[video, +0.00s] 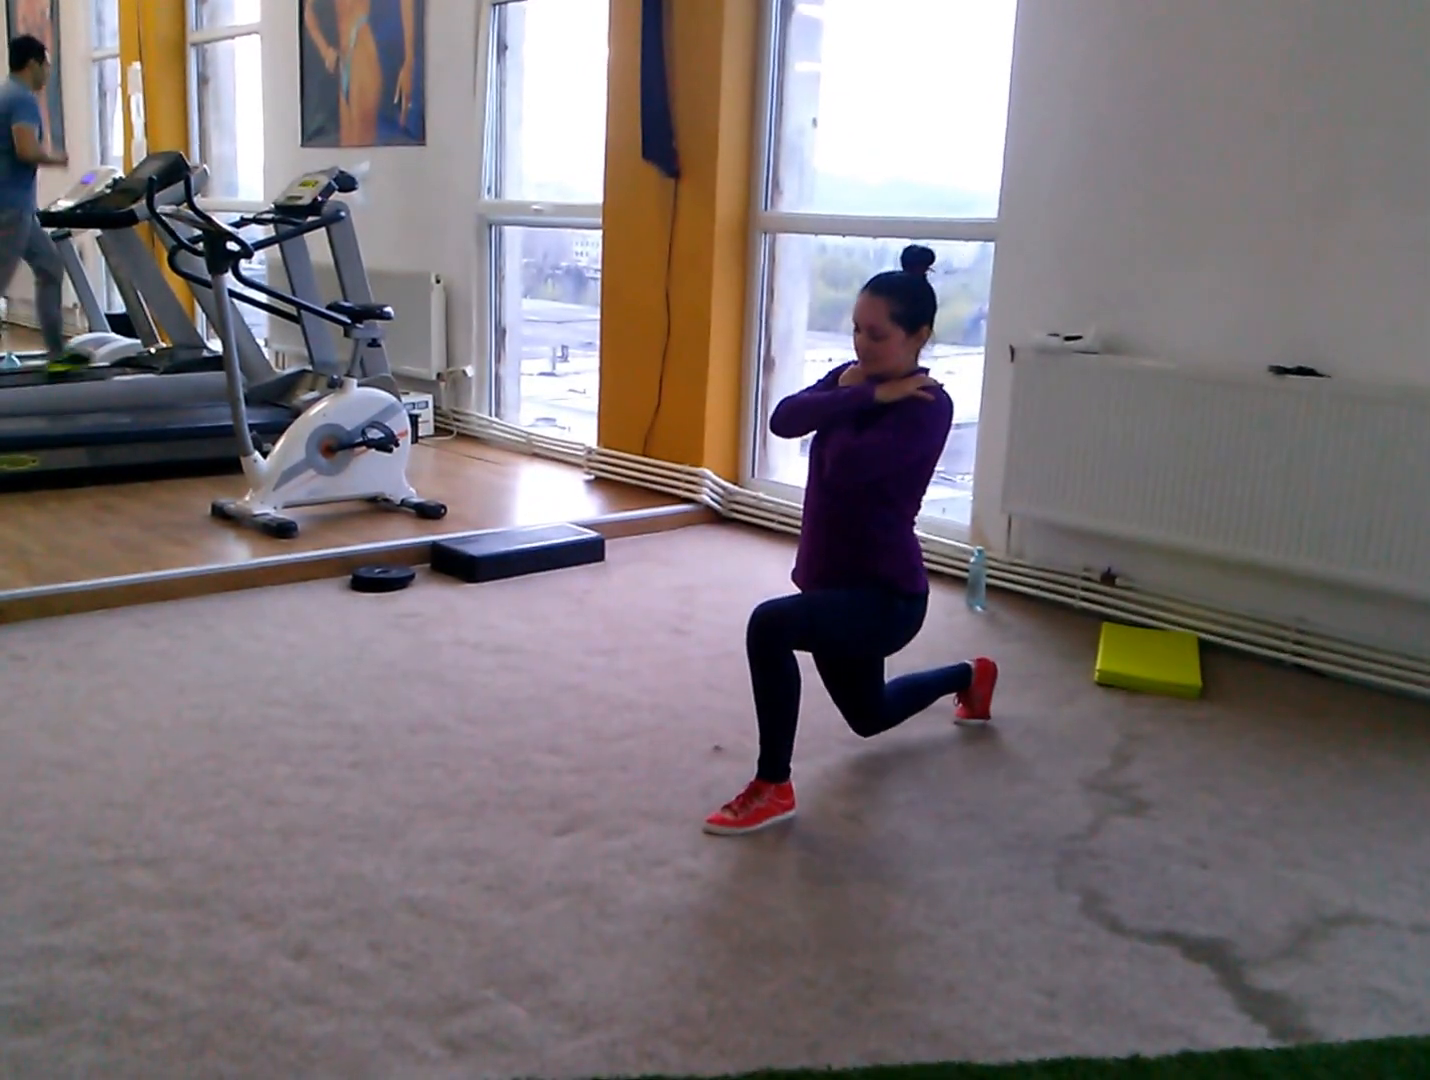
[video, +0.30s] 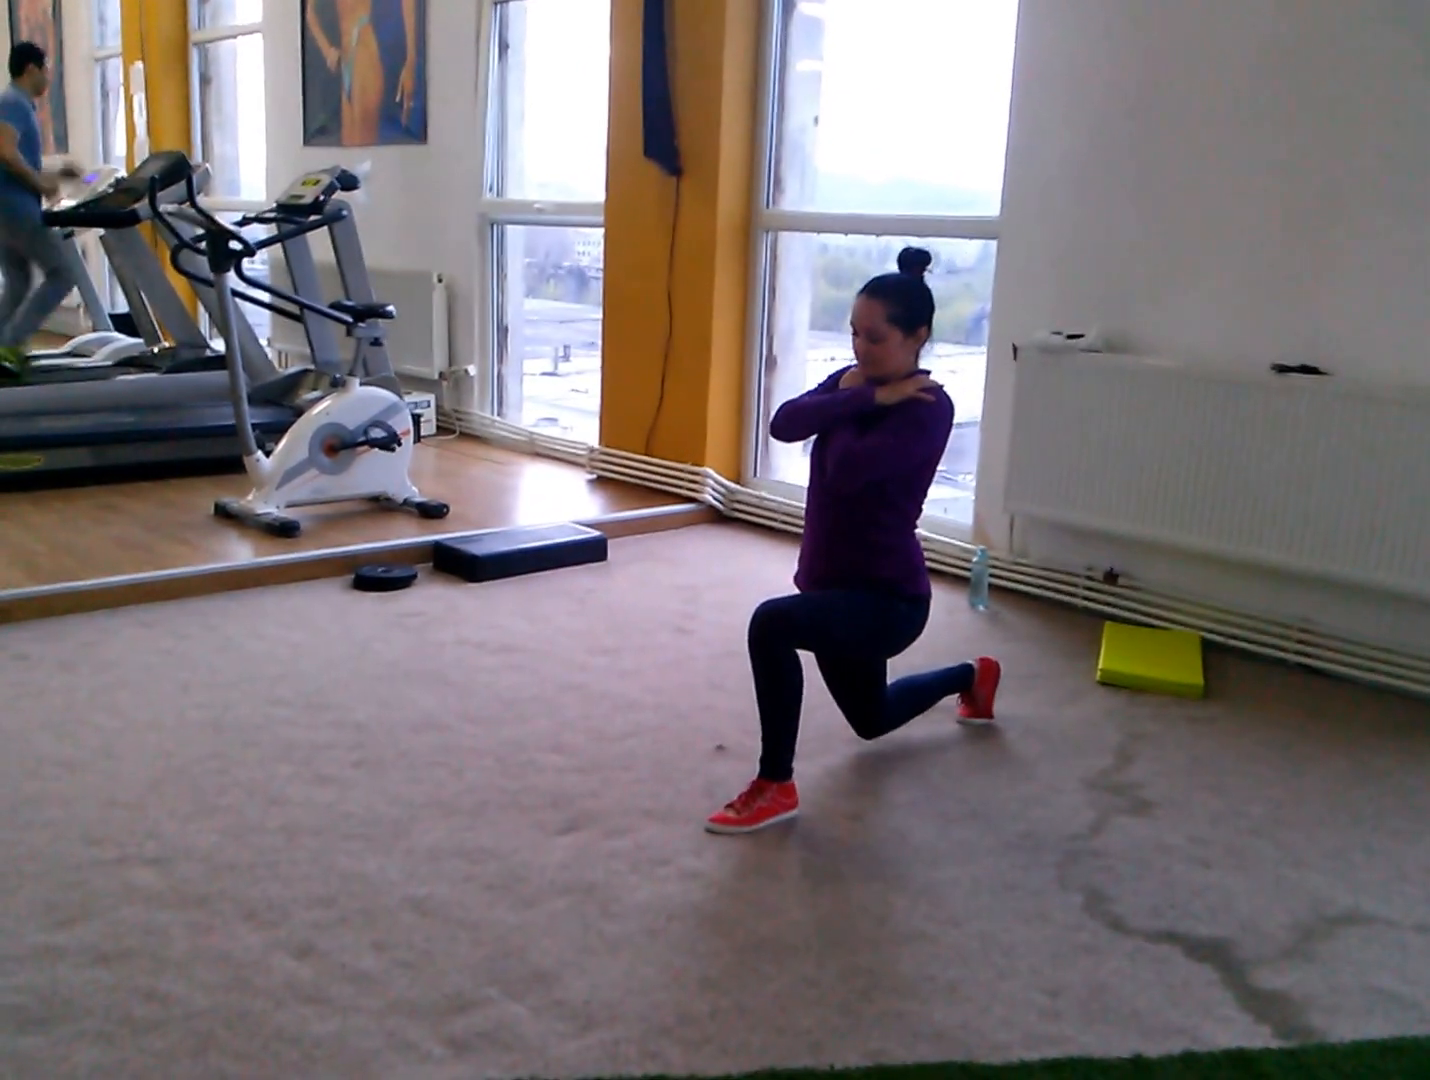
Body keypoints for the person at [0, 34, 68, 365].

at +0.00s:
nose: (47, 72)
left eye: (47, 64)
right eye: (45, 64)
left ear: (20, 65)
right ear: (32, 64)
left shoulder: (11, 95)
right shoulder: (20, 99)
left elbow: (22, 149)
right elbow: (26, 150)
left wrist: (48, 155)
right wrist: (56, 158)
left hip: (16, 210)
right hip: (12, 211)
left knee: (50, 268)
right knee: (1, 285)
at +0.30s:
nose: (48, 77)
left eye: (47, 70)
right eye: (45, 69)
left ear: (24, 71)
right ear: (30, 70)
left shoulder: (17, 106)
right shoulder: (14, 105)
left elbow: (18, 163)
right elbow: (7, 153)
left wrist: (59, 172)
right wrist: (39, 182)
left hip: (10, 209)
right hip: (15, 209)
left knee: (16, 281)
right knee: (63, 272)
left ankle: (4, 345)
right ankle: (12, 341)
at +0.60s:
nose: (57, 81)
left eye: (56, 74)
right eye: (54, 74)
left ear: (32, 73)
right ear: (39, 73)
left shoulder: (22, 109)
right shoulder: (21, 111)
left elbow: (18, 167)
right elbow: (17, 165)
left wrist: (51, 180)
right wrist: (57, 197)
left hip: (20, 210)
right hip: (19, 211)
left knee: (43, 280)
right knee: (51, 283)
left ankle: (3, 319)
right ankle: (22, 360)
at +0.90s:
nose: (59, 75)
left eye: (59, 68)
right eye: (57, 68)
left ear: (29, 69)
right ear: (45, 68)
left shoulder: (14, 99)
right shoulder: (38, 102)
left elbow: (25, 152)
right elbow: (38, 151)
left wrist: (59, 161)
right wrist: (67, 165)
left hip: (20, 205)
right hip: (29, 207)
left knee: (63, 278)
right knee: (46, 279)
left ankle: (57, 356)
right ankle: (2, 309)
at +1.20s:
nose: (70, 68)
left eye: (70, 61)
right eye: (66, 61)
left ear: (45, 61)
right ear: (51, 59)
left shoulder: (40, 94)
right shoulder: (32, 92)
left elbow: (42, 149)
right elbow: (12, 137)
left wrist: (76, 144)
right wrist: (53, 170)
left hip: (26, 201)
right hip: (39, 201)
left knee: (12, 277)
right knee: (76, 275)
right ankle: (93, 354)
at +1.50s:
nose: (77, 75)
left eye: (76, 68)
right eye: (75, 68)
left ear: (47, 66)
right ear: (63, 66)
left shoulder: (22, 99)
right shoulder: (56, 102)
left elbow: (3, 144)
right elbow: (64, 155)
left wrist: (28, 160)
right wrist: (93, 159)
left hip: (31, 204)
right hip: (46, 207)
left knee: (86, 264)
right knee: (34, 280)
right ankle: (2, 351)